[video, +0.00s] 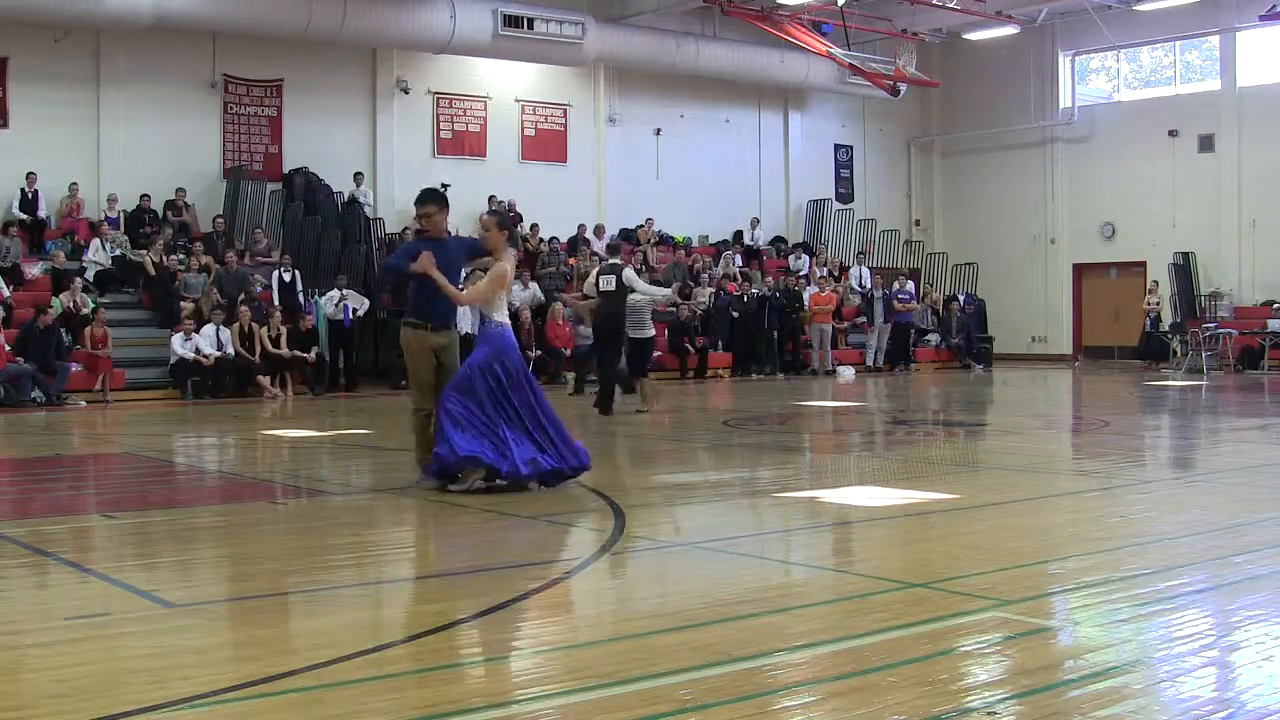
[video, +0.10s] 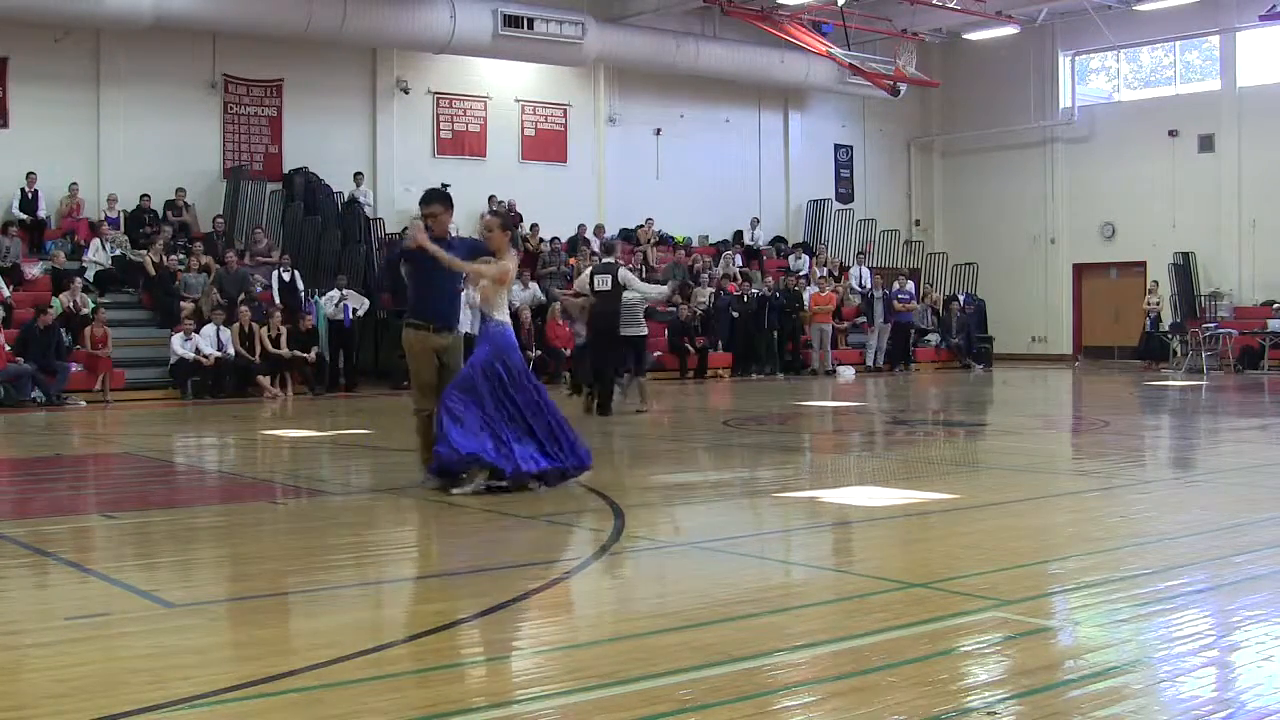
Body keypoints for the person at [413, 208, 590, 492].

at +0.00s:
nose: (481, 236)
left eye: (486, 230)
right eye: (481, 230)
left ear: (503, 234)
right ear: (501, 235)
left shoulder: (502, 268)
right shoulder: (504, 262)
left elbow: (464, 299)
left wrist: (432, 271)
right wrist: (477, 280)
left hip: (495, 343)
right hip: (499, 340)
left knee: (451, 397)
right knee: (495, 402)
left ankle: (474, 464)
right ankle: (510, 466)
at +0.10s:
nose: (483, 235)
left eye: (489, 230)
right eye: (483, 230)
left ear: (506, 234)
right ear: (498, 235)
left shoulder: (505, 266)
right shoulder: (498, 261)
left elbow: (462, 267)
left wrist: (427, 244)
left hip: (496, 339)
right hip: (495, 337)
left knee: (453, 397)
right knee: (498, 403)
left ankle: (478, 465)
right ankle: (509, 468)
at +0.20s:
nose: (486, 228)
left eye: (492, 224)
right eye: (487, 223)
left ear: (509, 227)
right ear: (501, 228)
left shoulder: (502, 258)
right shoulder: (505, 253)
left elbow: (461, 244)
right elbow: (463, 246)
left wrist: (424, 222)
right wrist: (424, 224)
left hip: (492, 329)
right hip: (495, 327)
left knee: (463, 392)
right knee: (498, 395)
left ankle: (483, 466)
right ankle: (513, 460)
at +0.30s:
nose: (487, 220)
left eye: (493, 216)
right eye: (488, 216)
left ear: (510, 221)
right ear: (494, 221)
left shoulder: (502, 252)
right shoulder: (502, 249)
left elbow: (463, 237)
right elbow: (465, 245)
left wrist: (417, 208)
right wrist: (438, 227)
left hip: (490, 323)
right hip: (493, 321)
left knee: (475, 390)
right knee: (498, 391)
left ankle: (481, 464)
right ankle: (513, 460)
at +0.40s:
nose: (487, 217)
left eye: (493, 213)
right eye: (488, 212)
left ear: (509, 219)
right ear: (498, 218)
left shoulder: (502, 251)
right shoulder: (501, 247)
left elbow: (460, 231)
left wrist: (421, 203)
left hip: (491, 324)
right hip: (492, 322)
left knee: (477, 390)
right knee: (497, 392)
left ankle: (477, 462)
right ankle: (513, 459)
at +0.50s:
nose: (486, 215)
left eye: (492, 212)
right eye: (486, 211)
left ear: (508, 219)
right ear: (489, 217)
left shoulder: (499, 249)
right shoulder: (494, 248)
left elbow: (459, 235)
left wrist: (425, 200)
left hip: (490, 321)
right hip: (492, 319)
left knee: (479, 389)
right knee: (496, 390)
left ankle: (478, 461)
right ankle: (513, 459)